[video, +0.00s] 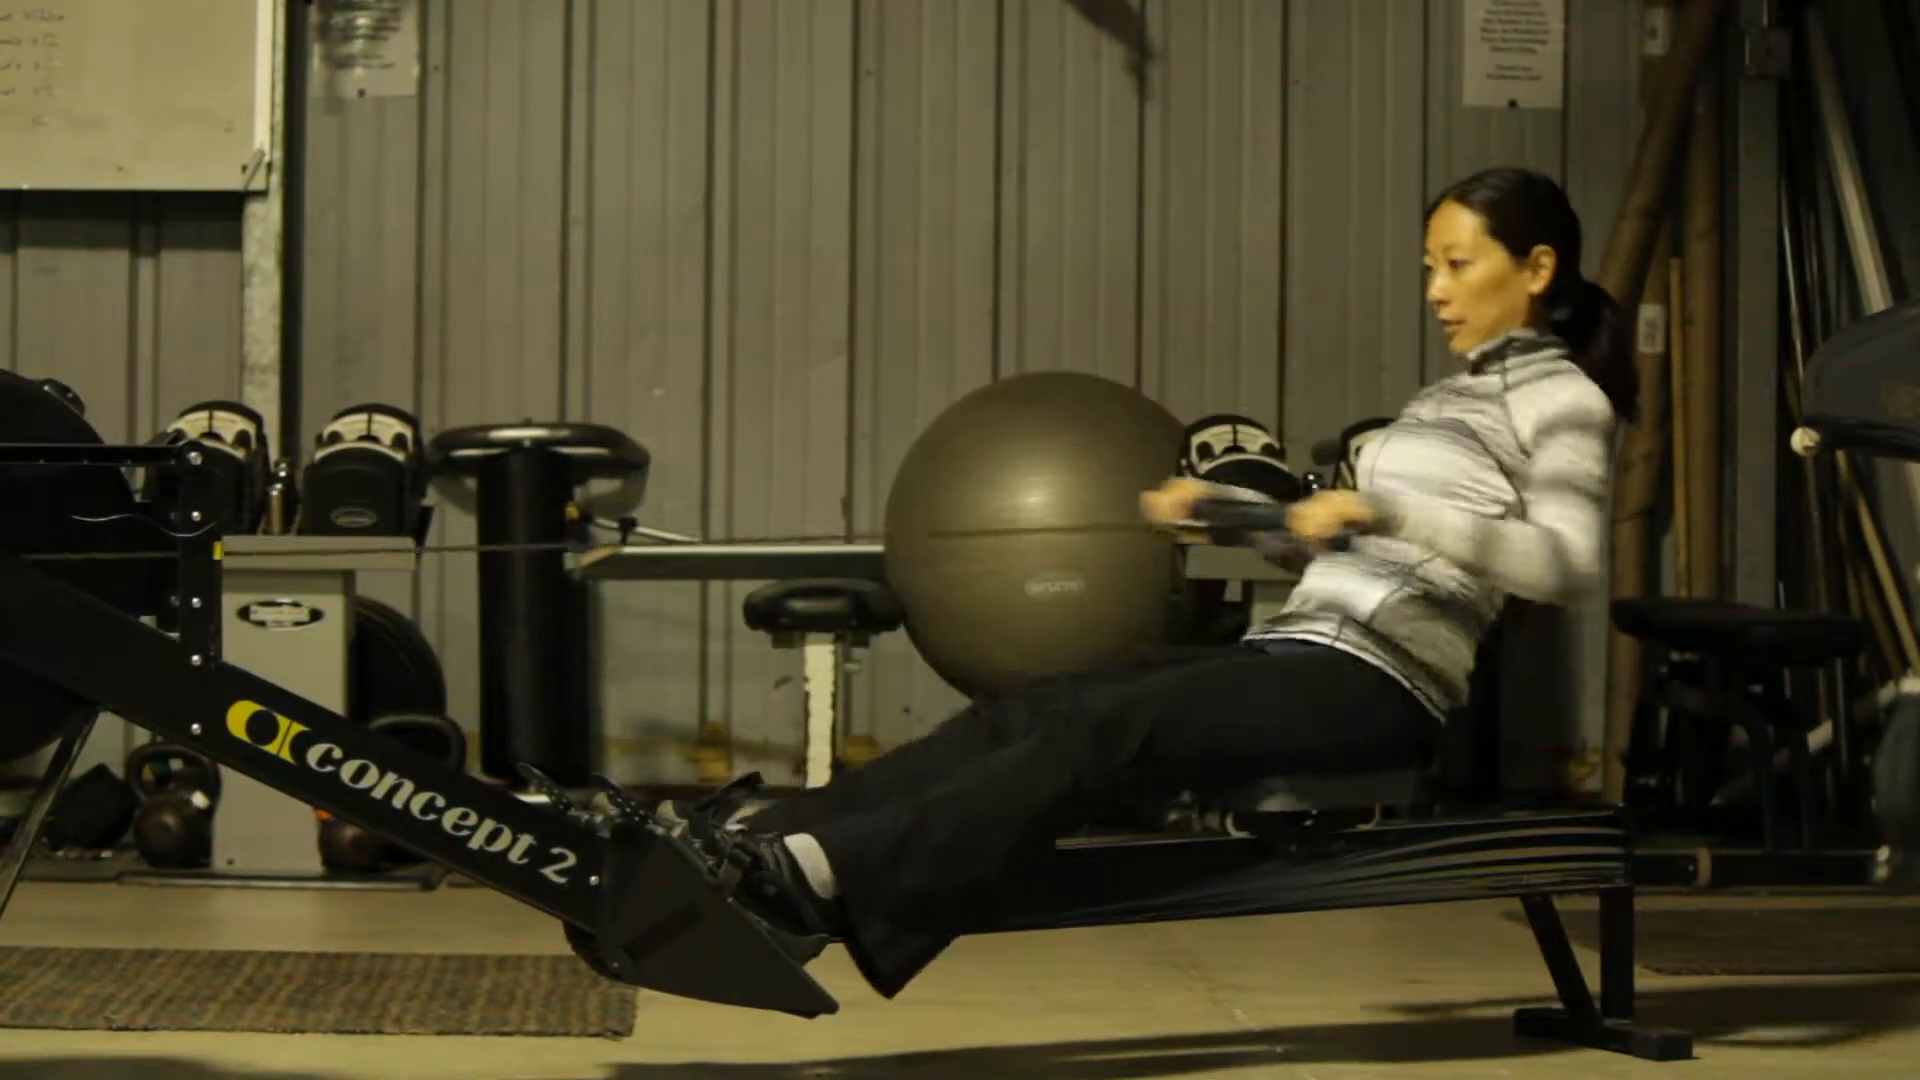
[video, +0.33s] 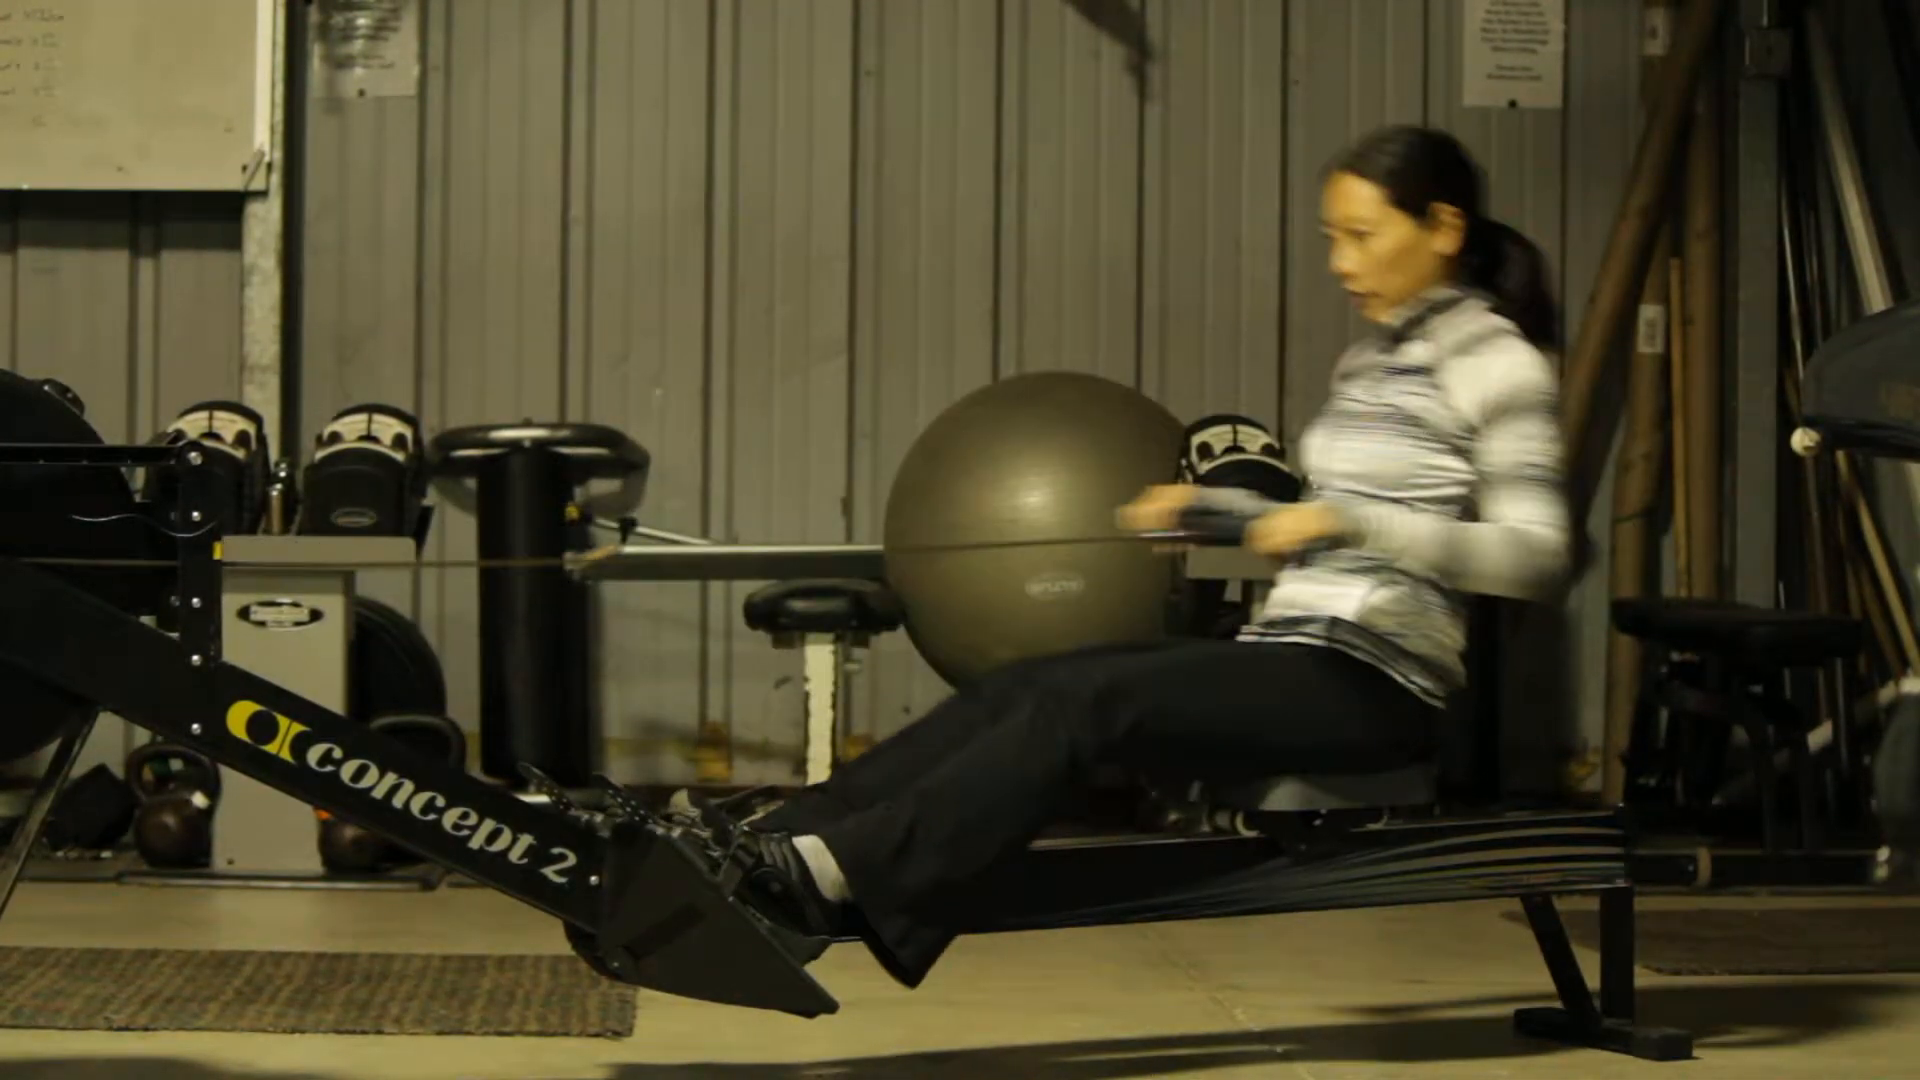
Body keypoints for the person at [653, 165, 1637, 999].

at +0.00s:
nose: (1435, 287)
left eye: (1455, 263)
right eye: (1433, 264)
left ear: (1535, 268)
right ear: (1472, 271)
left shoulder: (1562, 393)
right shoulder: (1445, 395)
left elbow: (1568, 559)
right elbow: (1369, 534)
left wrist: (1384, 510)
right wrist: (1229, 512)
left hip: (1380, 680)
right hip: (1299, 656)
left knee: (1088, 722)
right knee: (1023, 709)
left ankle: (812, 882)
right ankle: (762, 841)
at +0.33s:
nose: (1340, 261)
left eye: (1359, 236)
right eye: (1335, 237)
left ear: (1442, 232)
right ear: (1358, 238)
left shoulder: (1498, 357)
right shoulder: (1373, 357)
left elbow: (1536, 551)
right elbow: (1338, 519)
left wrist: (1350, 519)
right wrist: (1210, 508)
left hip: (1384, 678)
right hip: (1299, 655)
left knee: (1079, 702)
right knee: (1026, 685)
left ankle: (821, 880)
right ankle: (770, 845)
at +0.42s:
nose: (1266, 241)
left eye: (1286, 216)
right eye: (1261, 218)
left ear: (1374, 214)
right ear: (1270, 218)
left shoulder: (1425, 342)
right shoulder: (1295, 344)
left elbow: (1431, 542)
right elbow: (1243, 505)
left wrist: (1228, 539)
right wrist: (1088, 521)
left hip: (1357, 672)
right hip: (1256, 649)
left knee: (1049, 681)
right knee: (1007, 662)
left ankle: (828, 879)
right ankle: (779, 841)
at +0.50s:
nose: (1180, 231)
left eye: (1202, 205)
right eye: (1176, 206)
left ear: (1289, 200)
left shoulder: (1343, 332)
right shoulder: (1203, 342)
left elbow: (1282, 526)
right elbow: (1108, 504)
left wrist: (1086, 580)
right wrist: (944, 547)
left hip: (1306, 682)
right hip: (1208, 655)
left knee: (1020, 649)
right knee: (962, 627)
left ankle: (831, 871)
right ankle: (768, 835)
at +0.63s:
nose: (1038, 226)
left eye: (1062, 197)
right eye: (1035, 200)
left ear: (1153, 197)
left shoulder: (1202, 333)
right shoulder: (1074, 335)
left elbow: (1085, 521)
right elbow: (944, 482)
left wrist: (903, 632)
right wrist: (765, 591)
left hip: (1220, 696)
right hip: (1116, 669)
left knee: (958, 638)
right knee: (895, 596)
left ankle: (818, 871)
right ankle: (760, 819)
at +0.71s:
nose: (941, 226)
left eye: (966, 198)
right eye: (941, 201)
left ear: (1059, 202)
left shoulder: (1104, 341)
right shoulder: (981, 343)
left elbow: (980, 524)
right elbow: (842, 479)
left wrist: (798, 641)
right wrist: (655, 595)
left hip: (1165, 693)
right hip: (1063, 672)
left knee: (918, 598)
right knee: (829, 571)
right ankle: (740, 835)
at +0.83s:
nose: (803, 235)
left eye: (830, 207)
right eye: (805, 209)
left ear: (921, 219)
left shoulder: (964, 353)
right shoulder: (855, 354)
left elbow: (822, 524)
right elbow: (699, 478)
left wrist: (630, 633)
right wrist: (503, 585)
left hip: (1079, 692)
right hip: (996, 679)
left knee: (853, 580)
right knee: (787, 577)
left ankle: (803, 874)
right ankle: (715, 836)